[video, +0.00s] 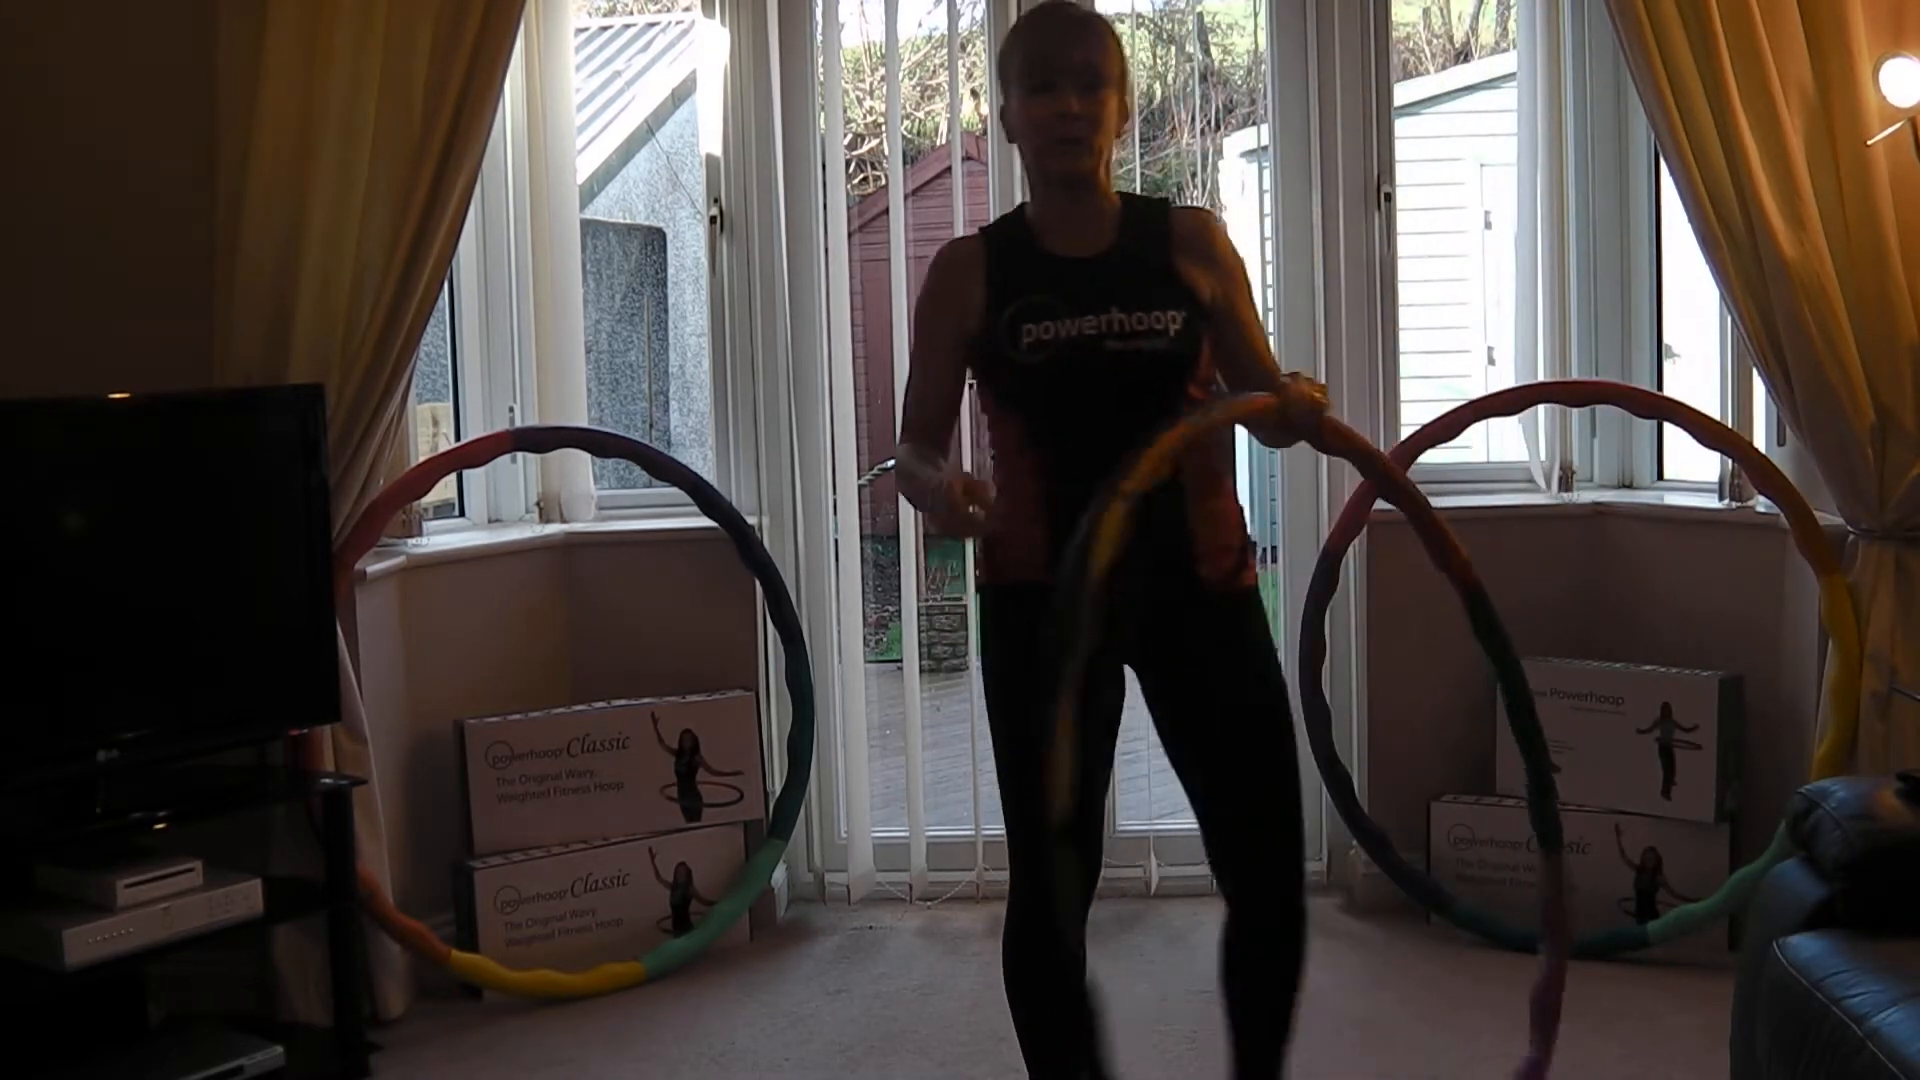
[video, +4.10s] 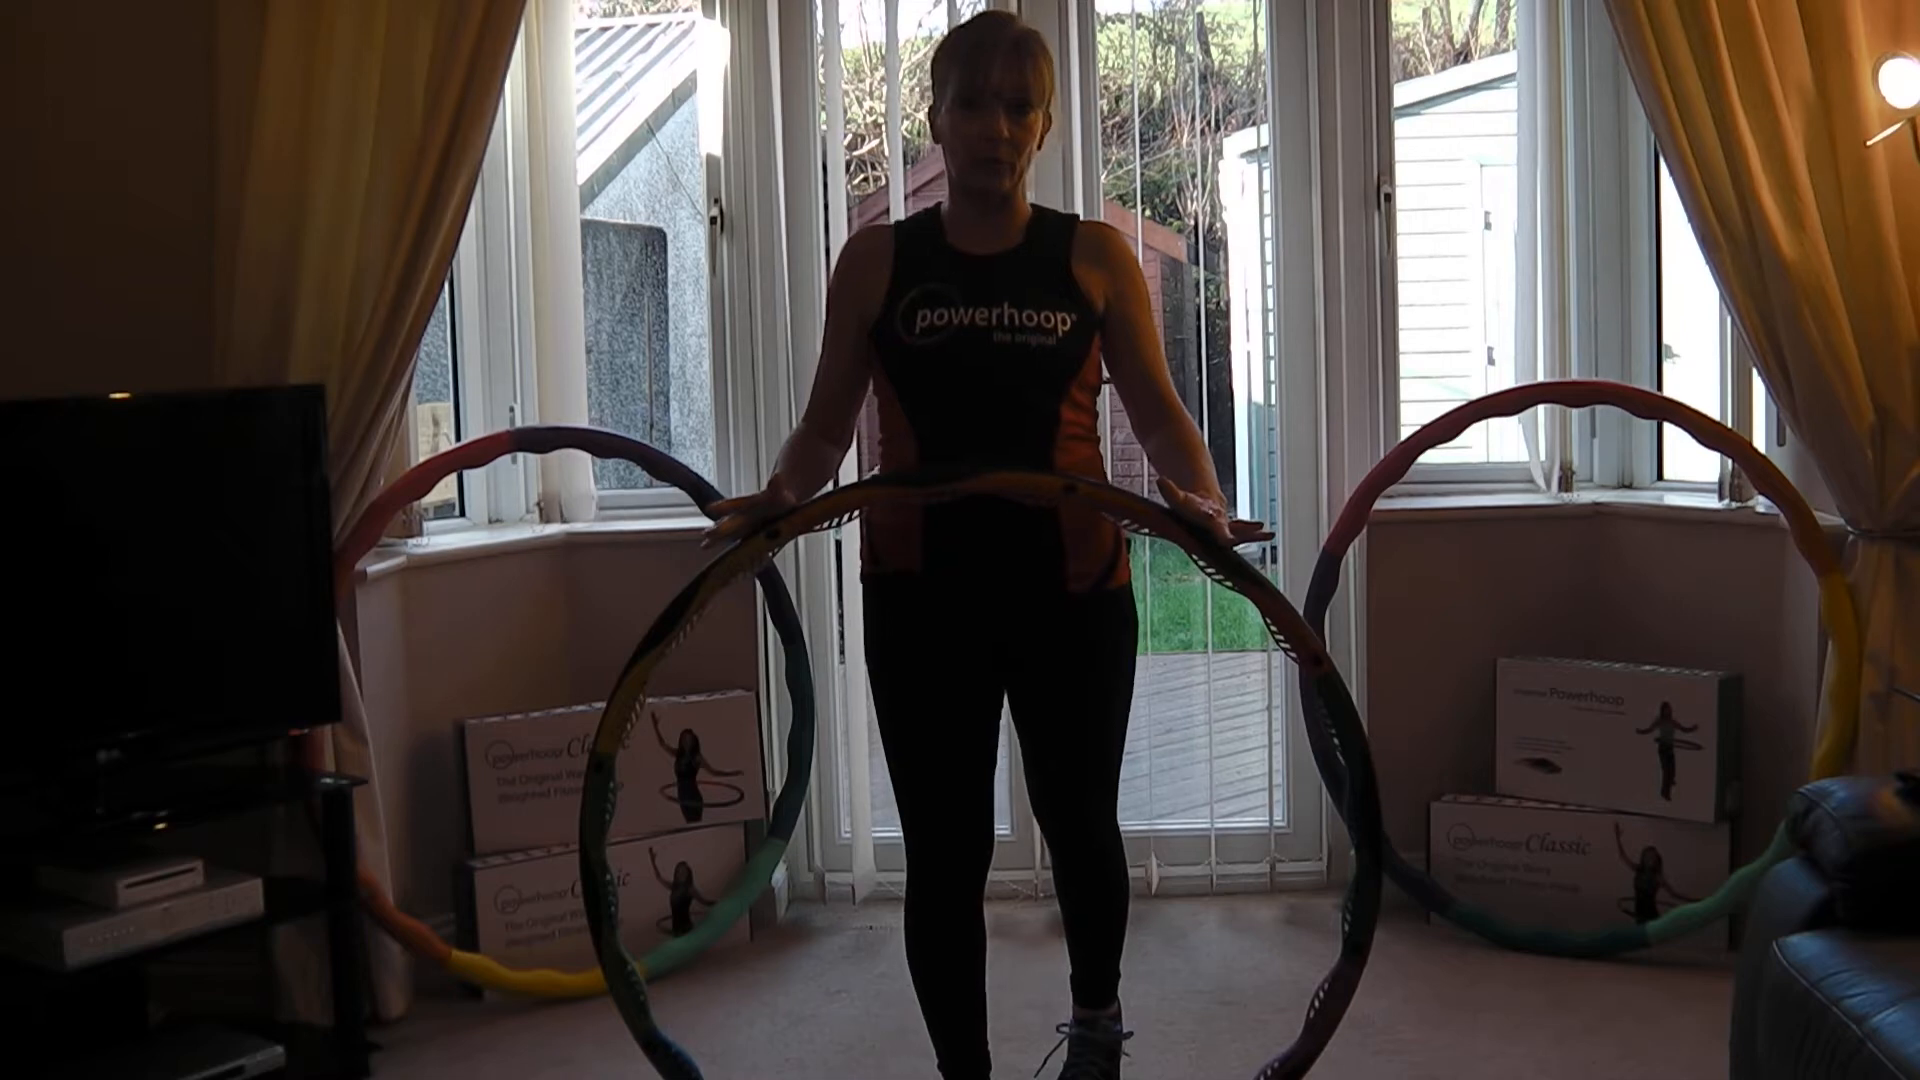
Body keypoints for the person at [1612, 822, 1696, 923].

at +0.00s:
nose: (1648, 860)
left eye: (1651, 857)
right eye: (1646, 856)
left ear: (1656, 860)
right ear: (1642, 858)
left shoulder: (1658, 876)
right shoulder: (1639, 871)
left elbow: (1672, 894)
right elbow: (1624, 857)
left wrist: (1692, 901)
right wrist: (1618, 837)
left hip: (1651, 913)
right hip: (1639, 912)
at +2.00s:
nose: (1648, 859)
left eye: (1651, 857)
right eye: (1646, 856)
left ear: (1656, 859)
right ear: (1642, 858)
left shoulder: (1657, 876)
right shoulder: (1639, 871)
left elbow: (1673, 894)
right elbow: (1623, 856)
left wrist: (1692, 901)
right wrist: (1618, 839)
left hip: (1651, 913)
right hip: (1639, 912)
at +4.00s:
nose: (1649, 861)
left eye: (1652, 857)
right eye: (1647, 857)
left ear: (1657, 860)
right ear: (1642, 858)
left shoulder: (1658, 876)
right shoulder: (1638, 870)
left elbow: (1673, 894)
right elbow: (1622, 856)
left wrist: (1694, 901)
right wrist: (1618, 837)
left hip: (1651, 912)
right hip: (1639, 911)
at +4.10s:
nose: (1649, 861)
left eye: (1652, 857)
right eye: (1647, 857)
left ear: (1657, 860)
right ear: (1642, 859)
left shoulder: (1658, 876)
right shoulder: (1638, 871)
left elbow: (1673, 894)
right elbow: (1622, 856)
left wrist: (1693, 901)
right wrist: (1618, 837)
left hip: (1651, 912)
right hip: (1639, 911)